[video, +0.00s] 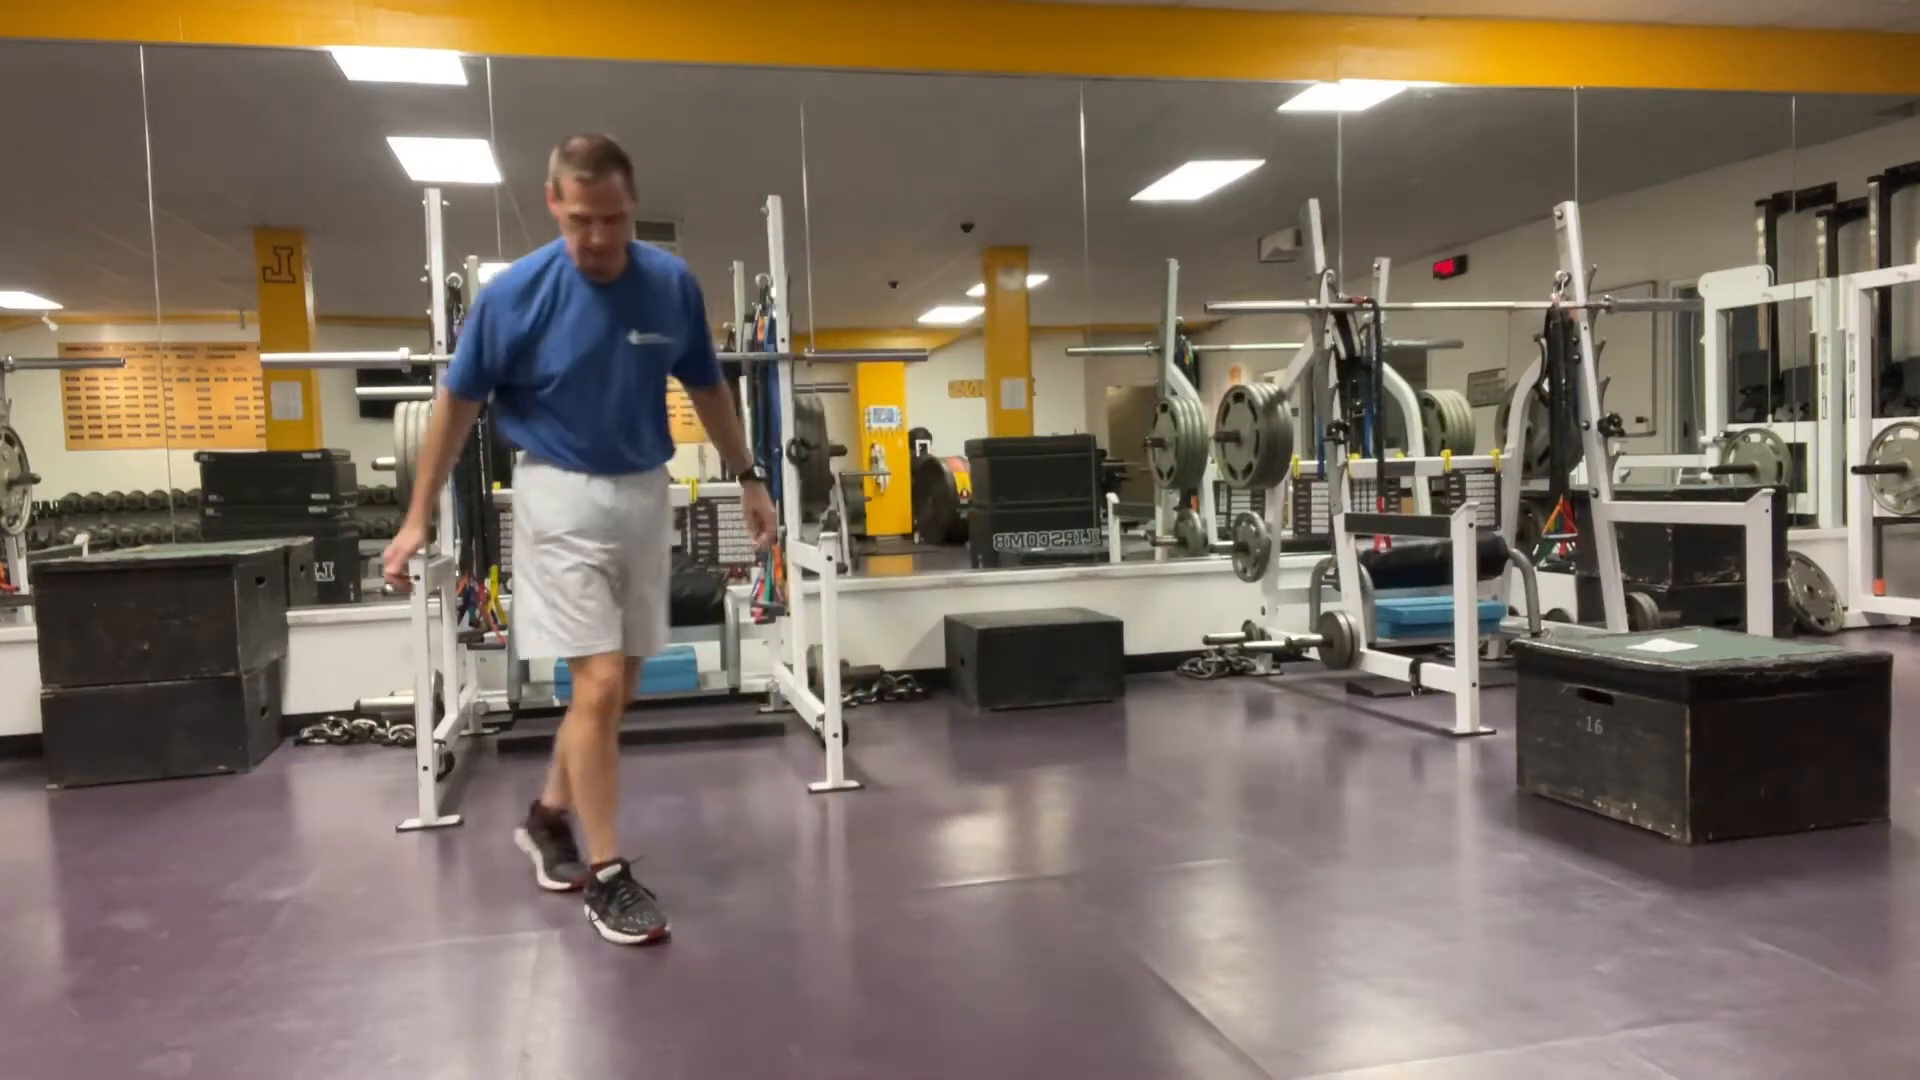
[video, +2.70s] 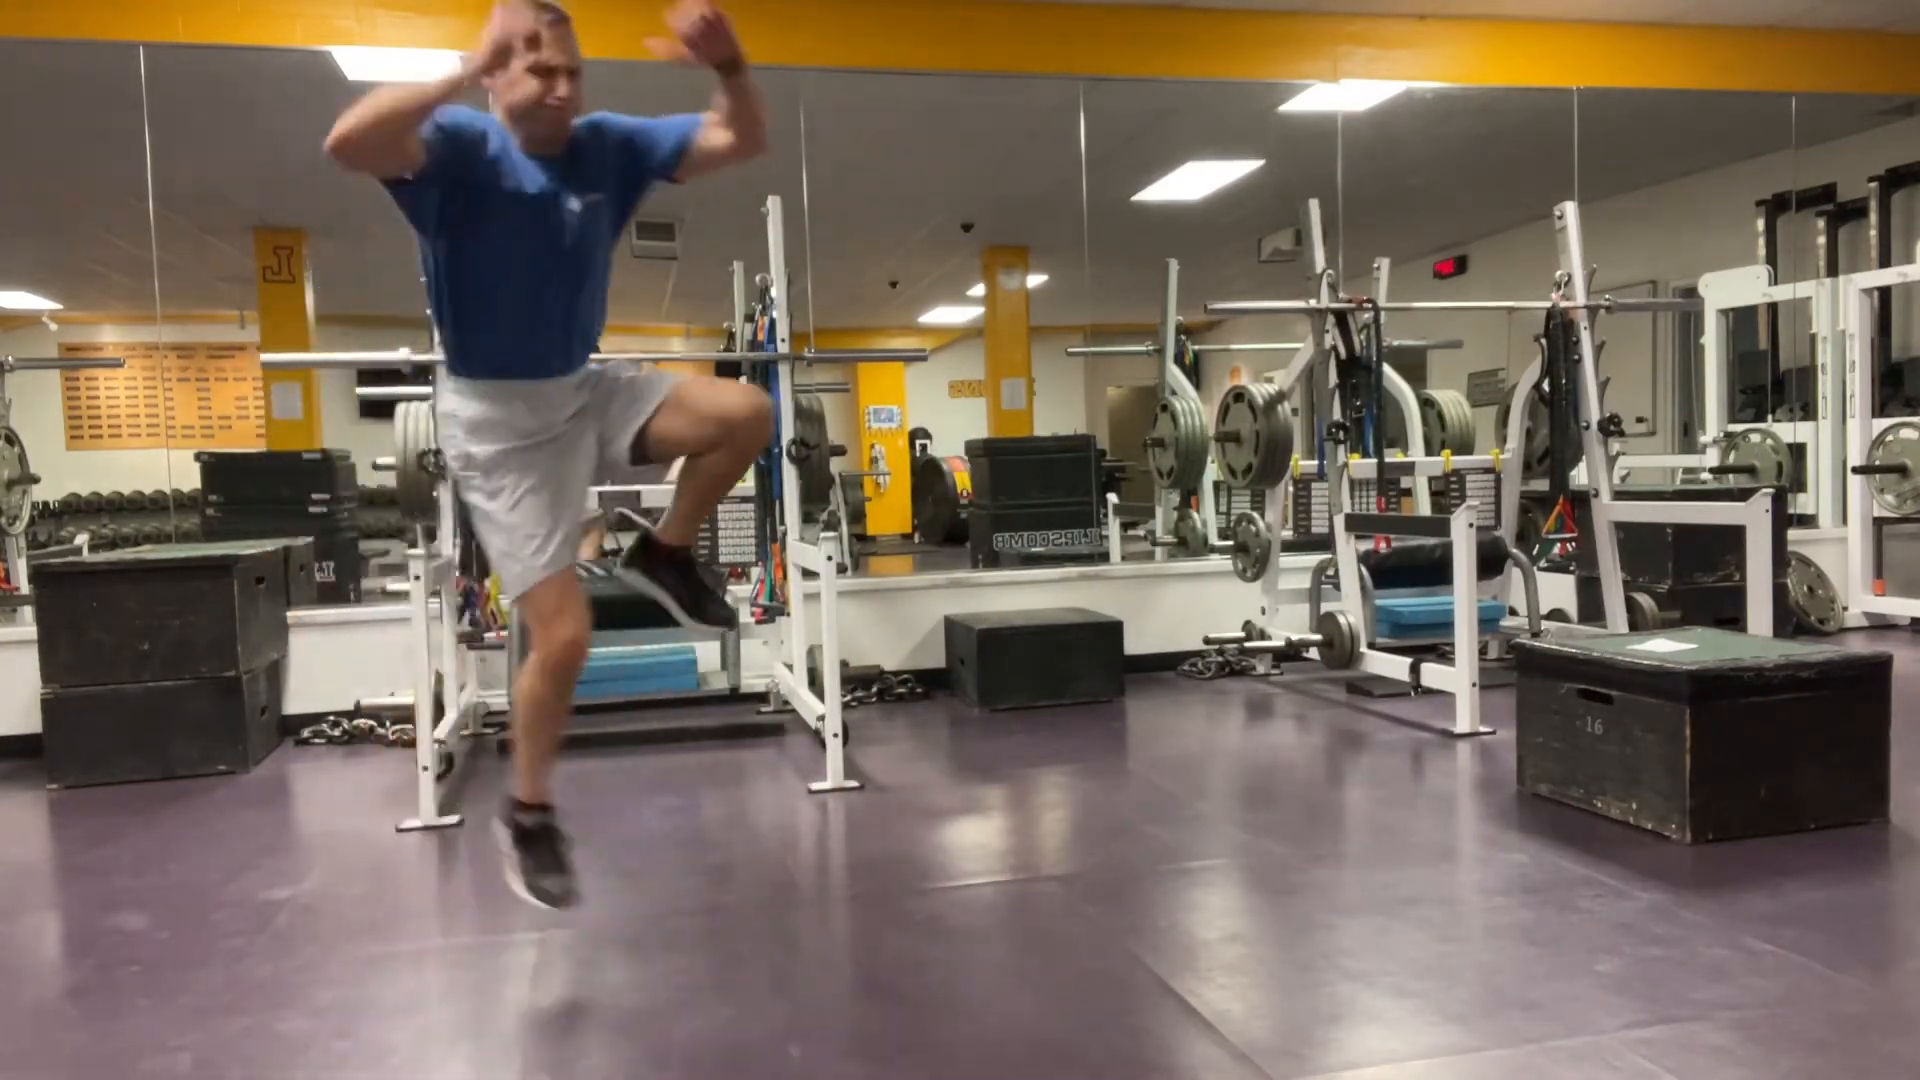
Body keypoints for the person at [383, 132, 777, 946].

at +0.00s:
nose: (599, 239)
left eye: (613, 219)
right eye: (583, 222)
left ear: (634, 204)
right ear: (553, 205)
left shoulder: (669, 284)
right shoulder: (512, 297)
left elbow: (706, 383)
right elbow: (456, 404)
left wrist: (749, 482)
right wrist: (417, 519)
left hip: (644, 498)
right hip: (559, 500)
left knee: (613, 682)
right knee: (601, 683)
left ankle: (550, 813)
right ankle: (607, 872)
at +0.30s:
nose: (519, 222)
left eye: (533, 206)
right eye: (504, 206)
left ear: (555, 204)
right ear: (477, 204)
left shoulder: (592, 288)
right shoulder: (431, 292)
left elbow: (633, 383)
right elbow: (381, 408)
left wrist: (676, 459)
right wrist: (384, 514)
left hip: (564, 493)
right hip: (476, 491)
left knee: (547, 669)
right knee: (501, 672)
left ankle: (532, 833)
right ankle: (474, 850)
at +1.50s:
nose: (417, 216)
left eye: (428, 202)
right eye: (401, 201)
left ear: (439, 206)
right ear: (362, 202)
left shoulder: (472, 297)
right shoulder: (314, 295)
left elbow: (503, 398)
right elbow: (273, 417)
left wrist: (527, 414)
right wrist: (332, 414)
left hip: (464, 495)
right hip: (367, 505)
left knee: (523, 623)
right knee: (393, 689)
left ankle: (511, 772)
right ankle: (400, 838)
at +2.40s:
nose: (447, 263)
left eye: (455, 247)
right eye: (429, 248)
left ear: (469, 248)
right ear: (385, 250)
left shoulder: (498, 314)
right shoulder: (350, 334)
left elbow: (598, 357)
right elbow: (363, 418)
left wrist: (580, 295)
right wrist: (455, 324)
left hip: (483, 527)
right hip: (393, 549)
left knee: (569, 616)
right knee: (442, 730)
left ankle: (542, 761)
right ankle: (405, 837)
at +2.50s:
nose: (465, 186)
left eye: (474, 167)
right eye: (446, 173)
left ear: (492, 171)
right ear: (411, 180)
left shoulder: (515, 232)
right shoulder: (383, 250)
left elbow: (604, 160)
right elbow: (400, 205)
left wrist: (561, 58)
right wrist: (453, 72)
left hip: (518, 473)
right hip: (429, 497)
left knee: (639, 539)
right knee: (441, 705)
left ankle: (617, 687)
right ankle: (403, 822)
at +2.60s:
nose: (501, 109)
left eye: (514, 94)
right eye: (480, 93)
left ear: (528, 103)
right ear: (439, 107)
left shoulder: (554, 161)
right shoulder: (418, 181)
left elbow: (661, 103)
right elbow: (388, 121)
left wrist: (624, 13)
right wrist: (460, 8)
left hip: (553, 414)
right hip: (461, 438)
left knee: (701, 458)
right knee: (493, 664)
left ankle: (653, 606)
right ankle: (442, 783)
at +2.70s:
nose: (553, 80)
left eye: (566, 69)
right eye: (533, 68)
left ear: (581, 81)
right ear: (494, 82)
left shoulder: (609, 147)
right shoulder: (459, 147)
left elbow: (742, 135)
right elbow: (349, 143)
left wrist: (728, 66)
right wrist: (464, 77)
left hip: (586, 388)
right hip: (496, 420)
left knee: (744, 416)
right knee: (562, 638)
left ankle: (666, 552)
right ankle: (531, 815)